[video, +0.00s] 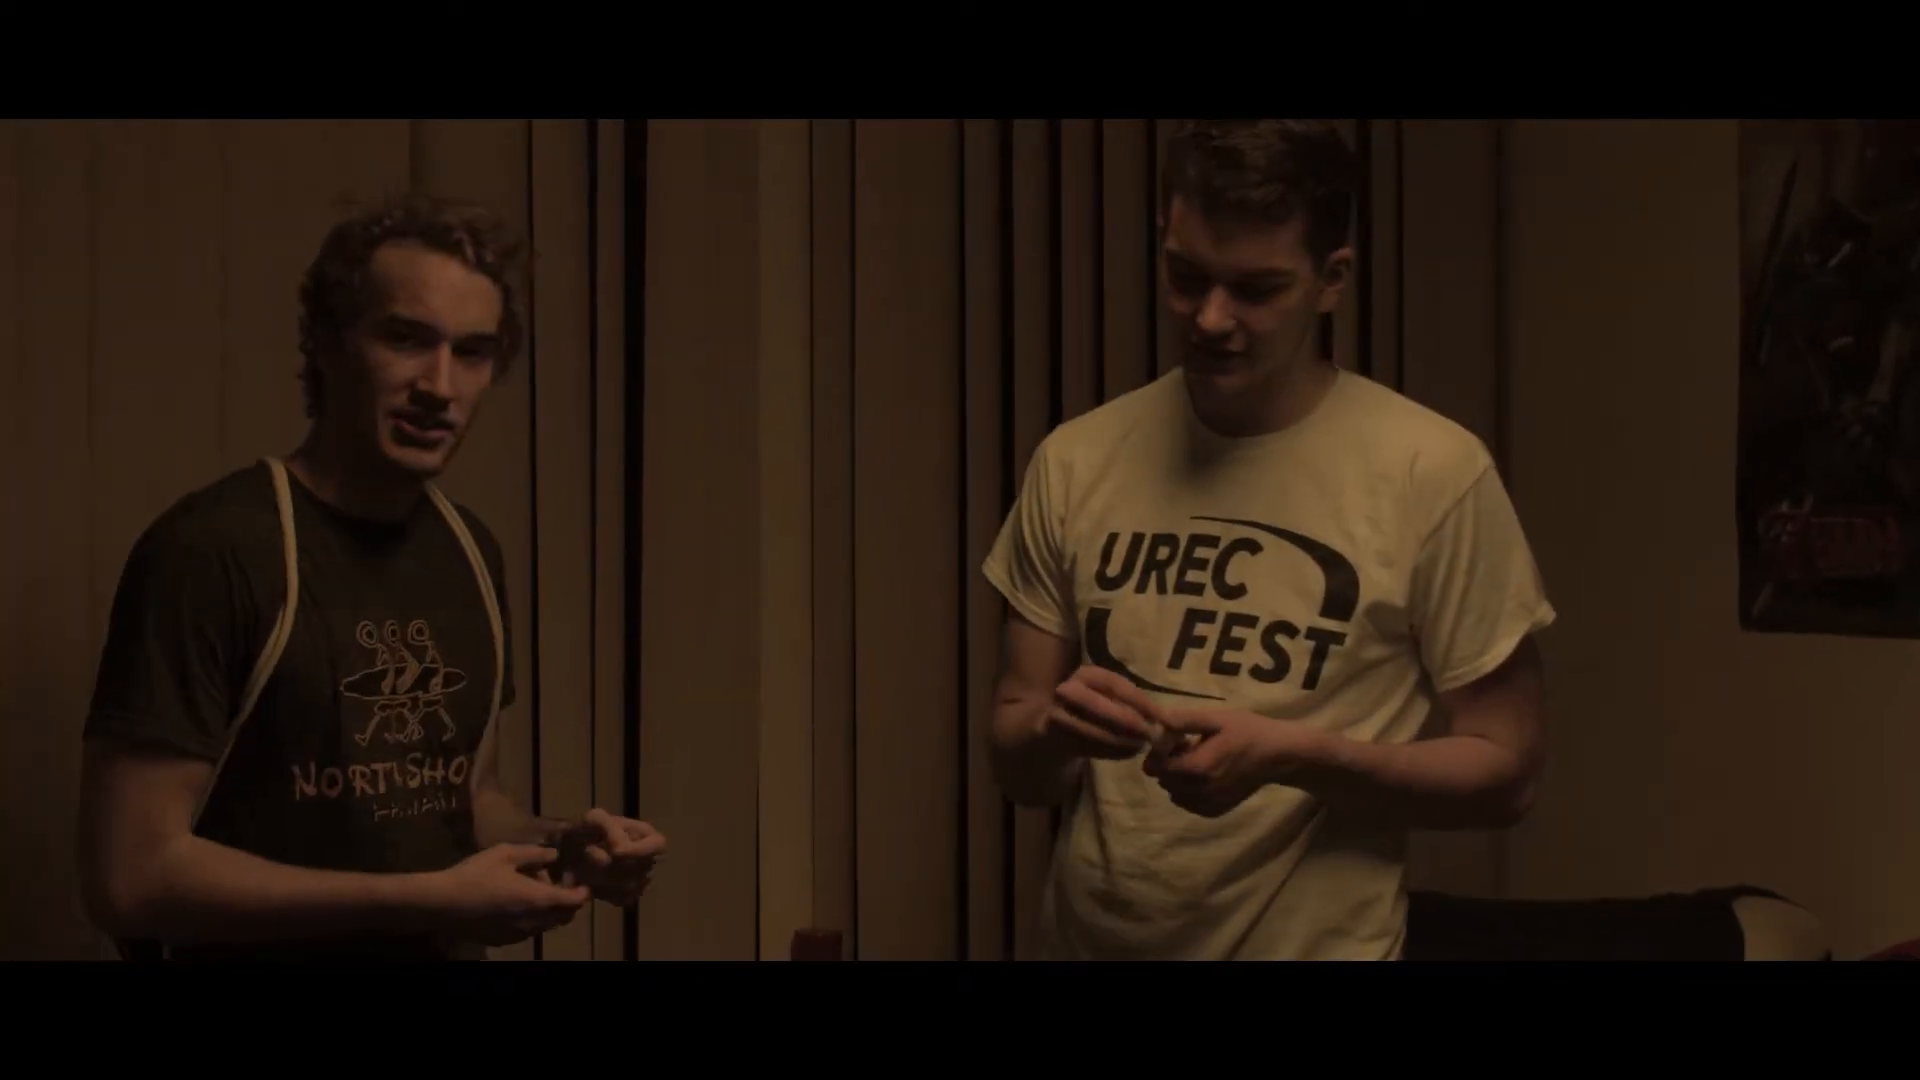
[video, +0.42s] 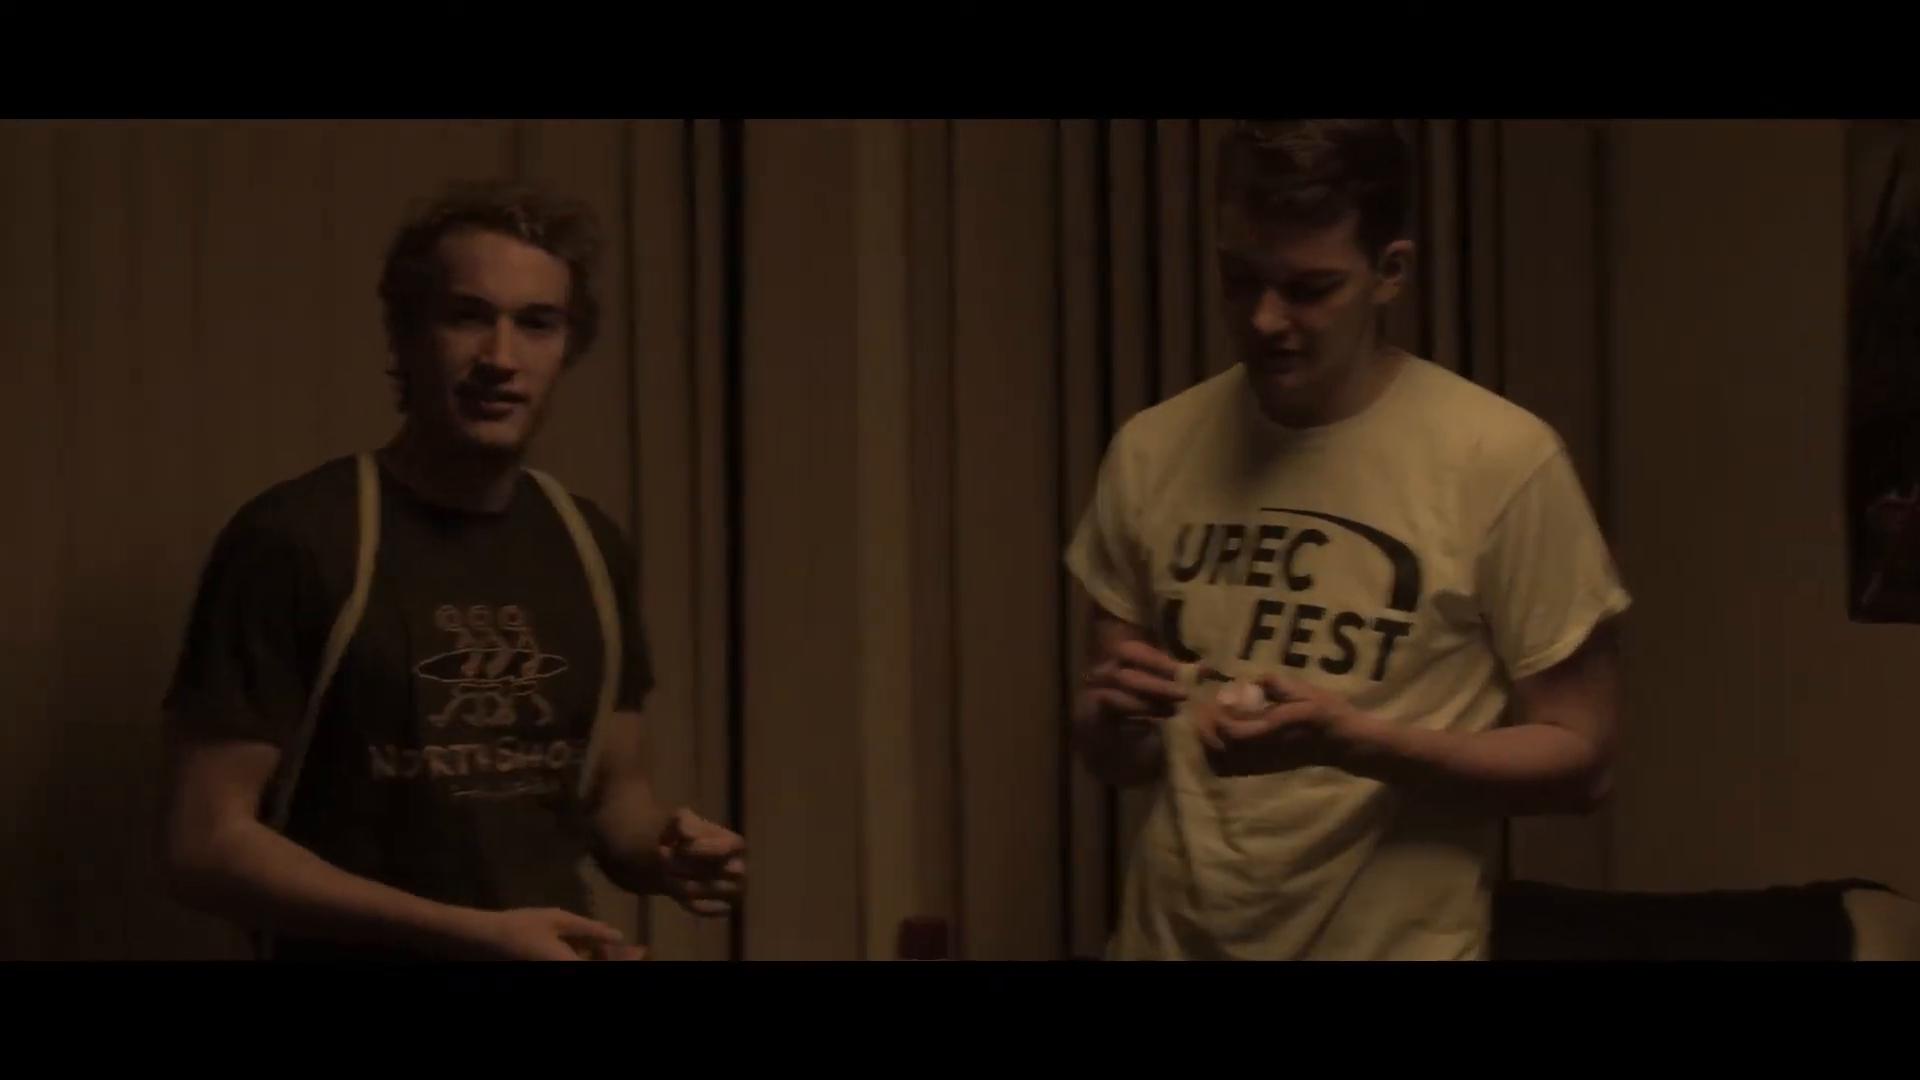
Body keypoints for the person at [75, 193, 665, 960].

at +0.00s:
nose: (441, 384)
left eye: (471, 352)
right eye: (405, 338)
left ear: (493, 370)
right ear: (326, 345)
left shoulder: (469, 553)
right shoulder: (208, 552)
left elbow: (467, 795)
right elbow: (133, 872)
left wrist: (554, 853)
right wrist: (439, 900)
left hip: (430, 954)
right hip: (250, 959)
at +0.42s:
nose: (501, 357)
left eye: (536, 324)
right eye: (468, 317)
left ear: (567, 351)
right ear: (403, 338)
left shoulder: (592, 548)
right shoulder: (293, 541)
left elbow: (612, 784)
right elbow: (205, 838)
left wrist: (664, 853)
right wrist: (478, 932)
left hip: (555, 947)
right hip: (348, 951)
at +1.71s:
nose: (468, 375)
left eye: (504, 342)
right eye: (434, 342)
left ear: (546, 387)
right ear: (385, 384)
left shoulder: (593, 588)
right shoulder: (284, 574)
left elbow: (621, 828)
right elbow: (212, 871)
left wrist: (665, 920)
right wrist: (342, 655)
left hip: (557, 950)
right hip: (352, 948)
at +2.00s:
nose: (453, 380)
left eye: (488, 349)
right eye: (421, 348)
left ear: (532, 396)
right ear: (375, 392)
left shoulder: (593, 594)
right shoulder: (275, 571)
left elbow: (669, 838)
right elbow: (192, 815)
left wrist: (709, 919)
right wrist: (309, 653)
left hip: (544, 948)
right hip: (338, 946)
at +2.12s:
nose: (453, 383)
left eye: (488, 351)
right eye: (419, 349)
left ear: (536, 393)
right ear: (373, 387)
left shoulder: (600, 596)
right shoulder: (291, 563)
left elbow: (684, 854)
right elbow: (136, 722)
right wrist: (294, 536)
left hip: (540, 948)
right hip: (332, 948)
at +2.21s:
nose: (456, 383)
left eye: (492, 351)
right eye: (424, 350)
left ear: (538, 391)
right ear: (372, 379)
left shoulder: (603, 596)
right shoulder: (295, 554)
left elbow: (679, 863)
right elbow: (107, 625)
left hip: (535, 951)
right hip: (324, 949)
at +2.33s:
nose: (468, 373)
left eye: (505, 339)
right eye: (434, 336)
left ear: (551, 382)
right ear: (385, 371)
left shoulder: (600, 593)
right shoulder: (297, 537)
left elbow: (645, 862)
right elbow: (77, 503)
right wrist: (267, 256)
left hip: (526, 945)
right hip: (319, 942)